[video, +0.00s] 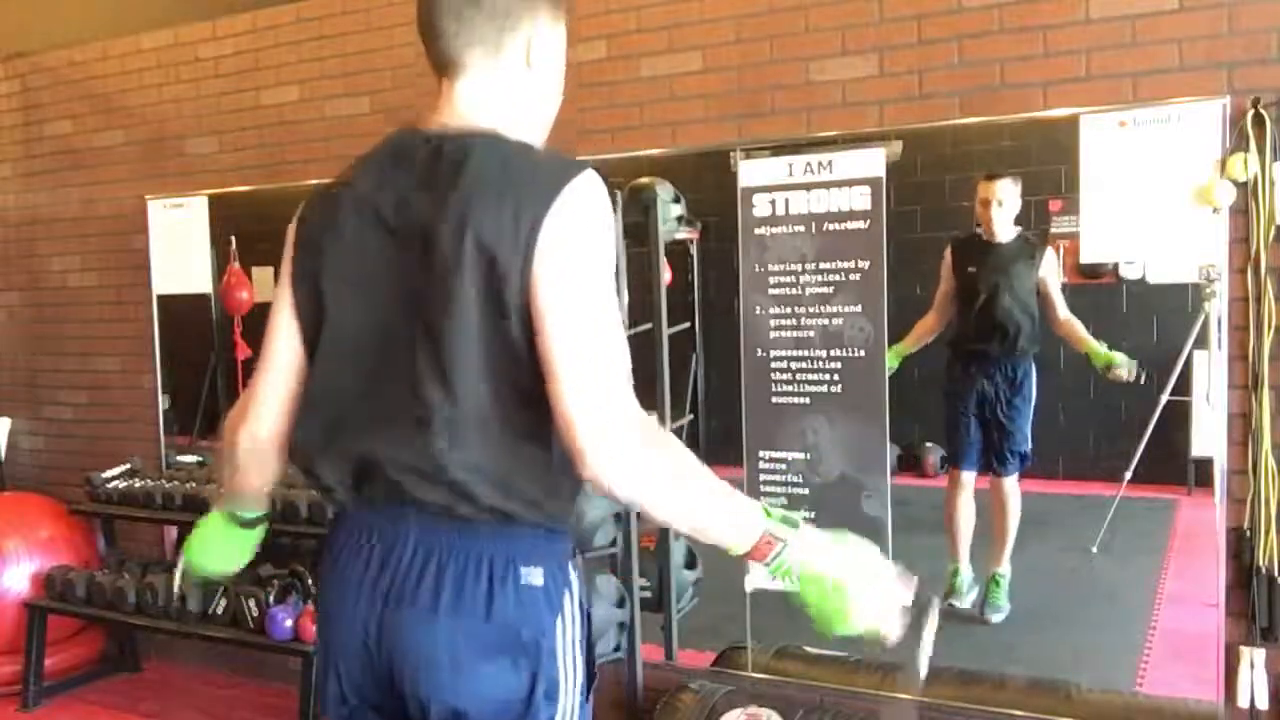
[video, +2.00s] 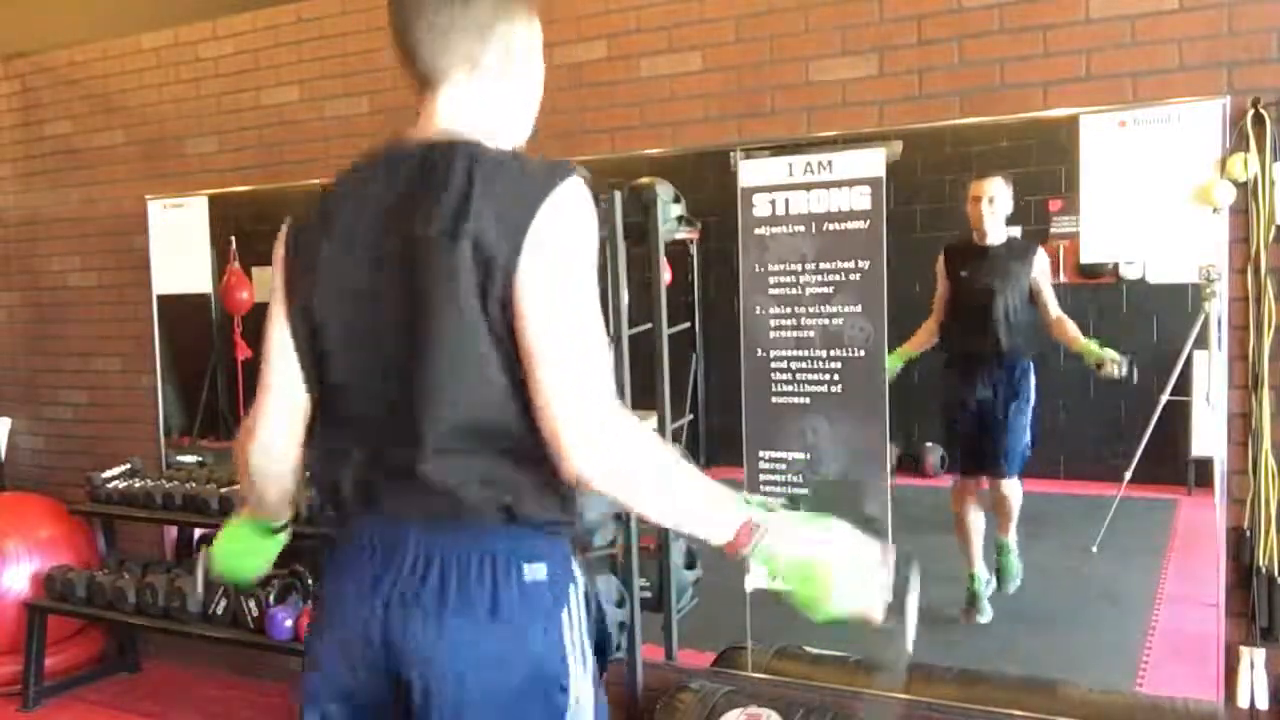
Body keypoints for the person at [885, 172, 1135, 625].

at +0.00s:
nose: (990, 212)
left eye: (999, 204)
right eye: (984, 203)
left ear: (1018, 206)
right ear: (974, 205)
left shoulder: (1038, 255)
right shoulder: (957, 252)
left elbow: (1061, 319)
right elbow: (938, 315)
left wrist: (1100, 355)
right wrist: (897, 352)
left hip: (1015, 373)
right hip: (965, 371)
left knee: (1004, 476)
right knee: (960, 476)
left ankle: (999, 577)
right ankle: (960, 575)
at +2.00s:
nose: (982, 209)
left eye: (991, 200)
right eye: (976, 200)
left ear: (1009, 206)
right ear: (967, 207)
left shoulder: (1031, 256)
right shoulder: (951, 256)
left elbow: (1054, 318)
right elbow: (937, 321)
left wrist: (1091, 351)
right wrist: (897, 358)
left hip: (1013, 374)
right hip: (963, 374)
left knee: (1003, 481)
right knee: (967, 485)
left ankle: (1006, 546)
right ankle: (976, 580)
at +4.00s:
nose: (978, 207)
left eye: (987, 199)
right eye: (972, 199)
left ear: (1003, 204)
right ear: (963, 205)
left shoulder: (1028, 254)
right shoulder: (949, 258)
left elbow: (1056, 314)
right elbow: (935, 321)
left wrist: (1095, 350)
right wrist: (899, 360)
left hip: (1022, 373)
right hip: (972, 374)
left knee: (1016, 472)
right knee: (983, 477)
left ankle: (1017, 570)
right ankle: (991, 572)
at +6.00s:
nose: (997, 205)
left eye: (1006, 196)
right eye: (990, 196)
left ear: (1023, 203)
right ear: (978, 202)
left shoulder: (1043, 253)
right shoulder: (961, 253)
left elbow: (1065, 318)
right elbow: (941, 316)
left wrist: (1106, 352)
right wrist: (902, 355)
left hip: (1025, 373)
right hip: (975, 372)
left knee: (1013, 476)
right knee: (981, 485)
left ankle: (1011, 577)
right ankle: (1011, 557)